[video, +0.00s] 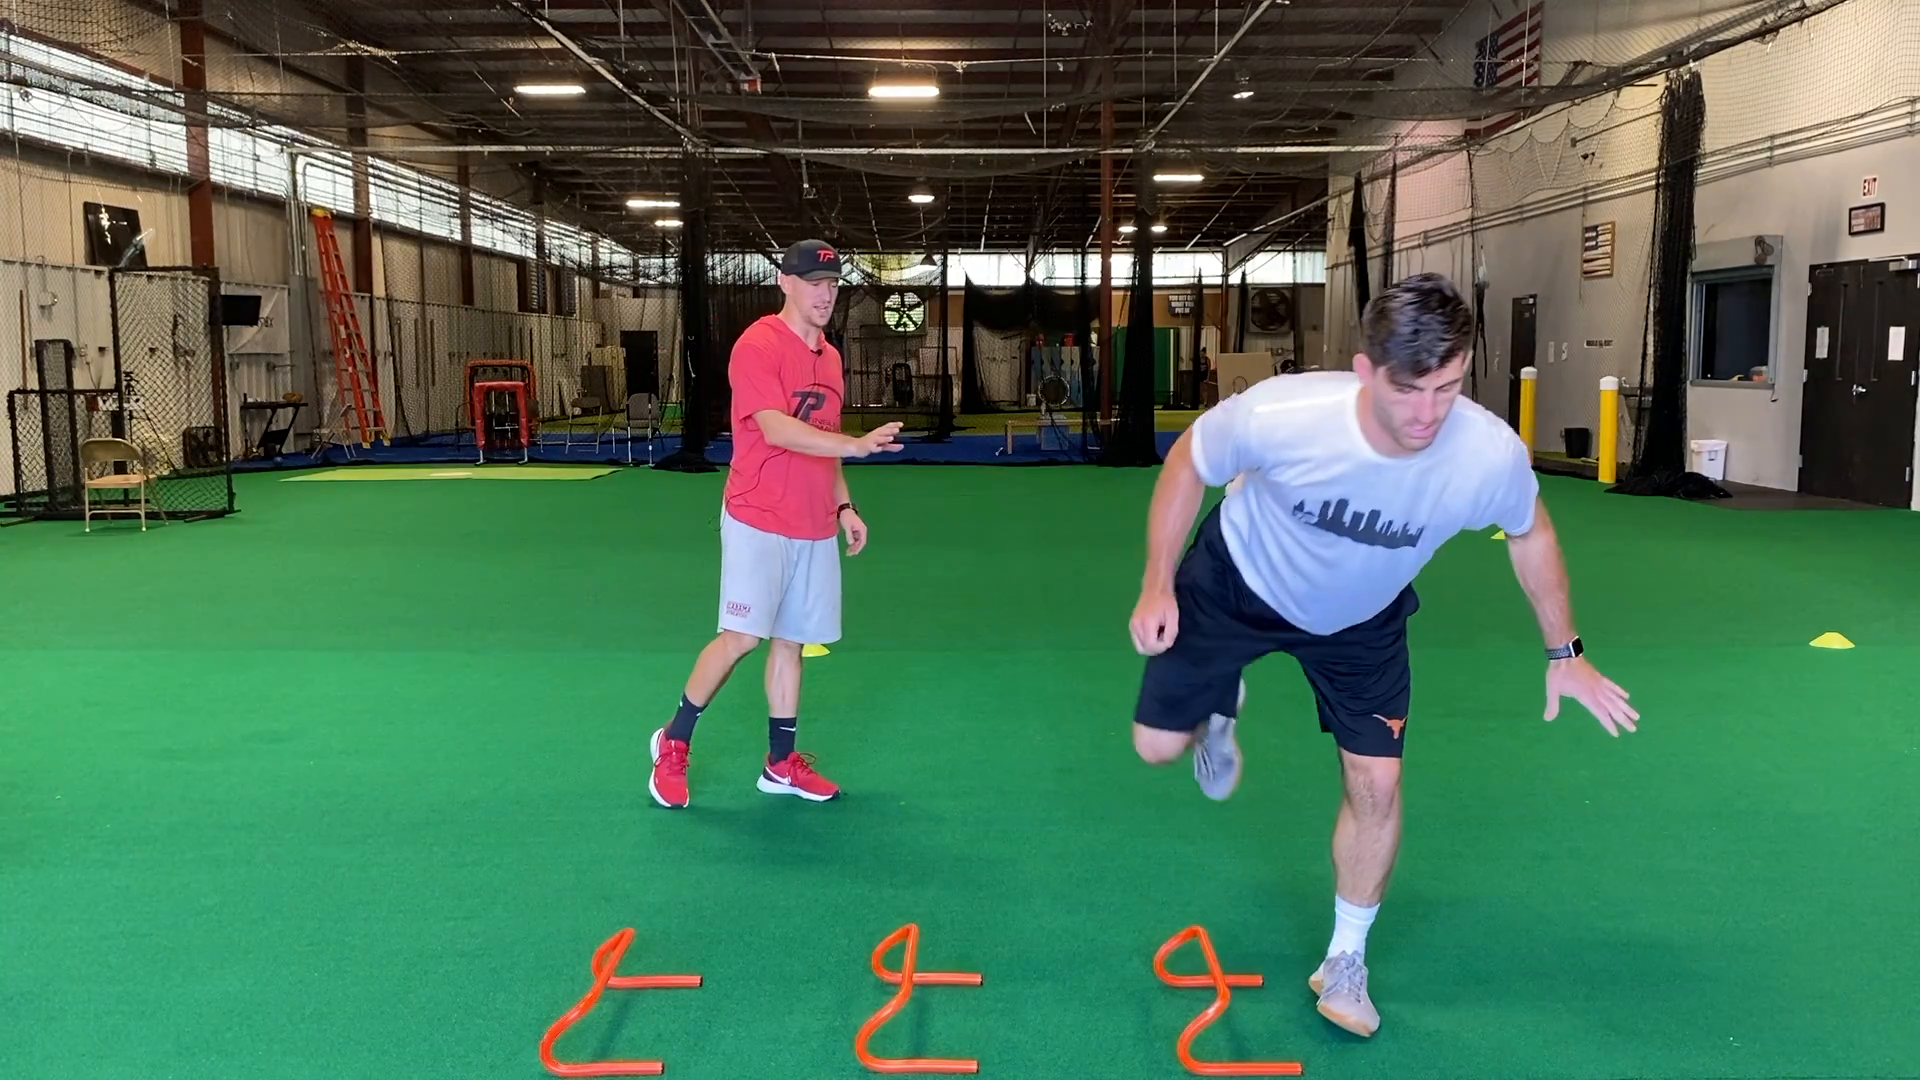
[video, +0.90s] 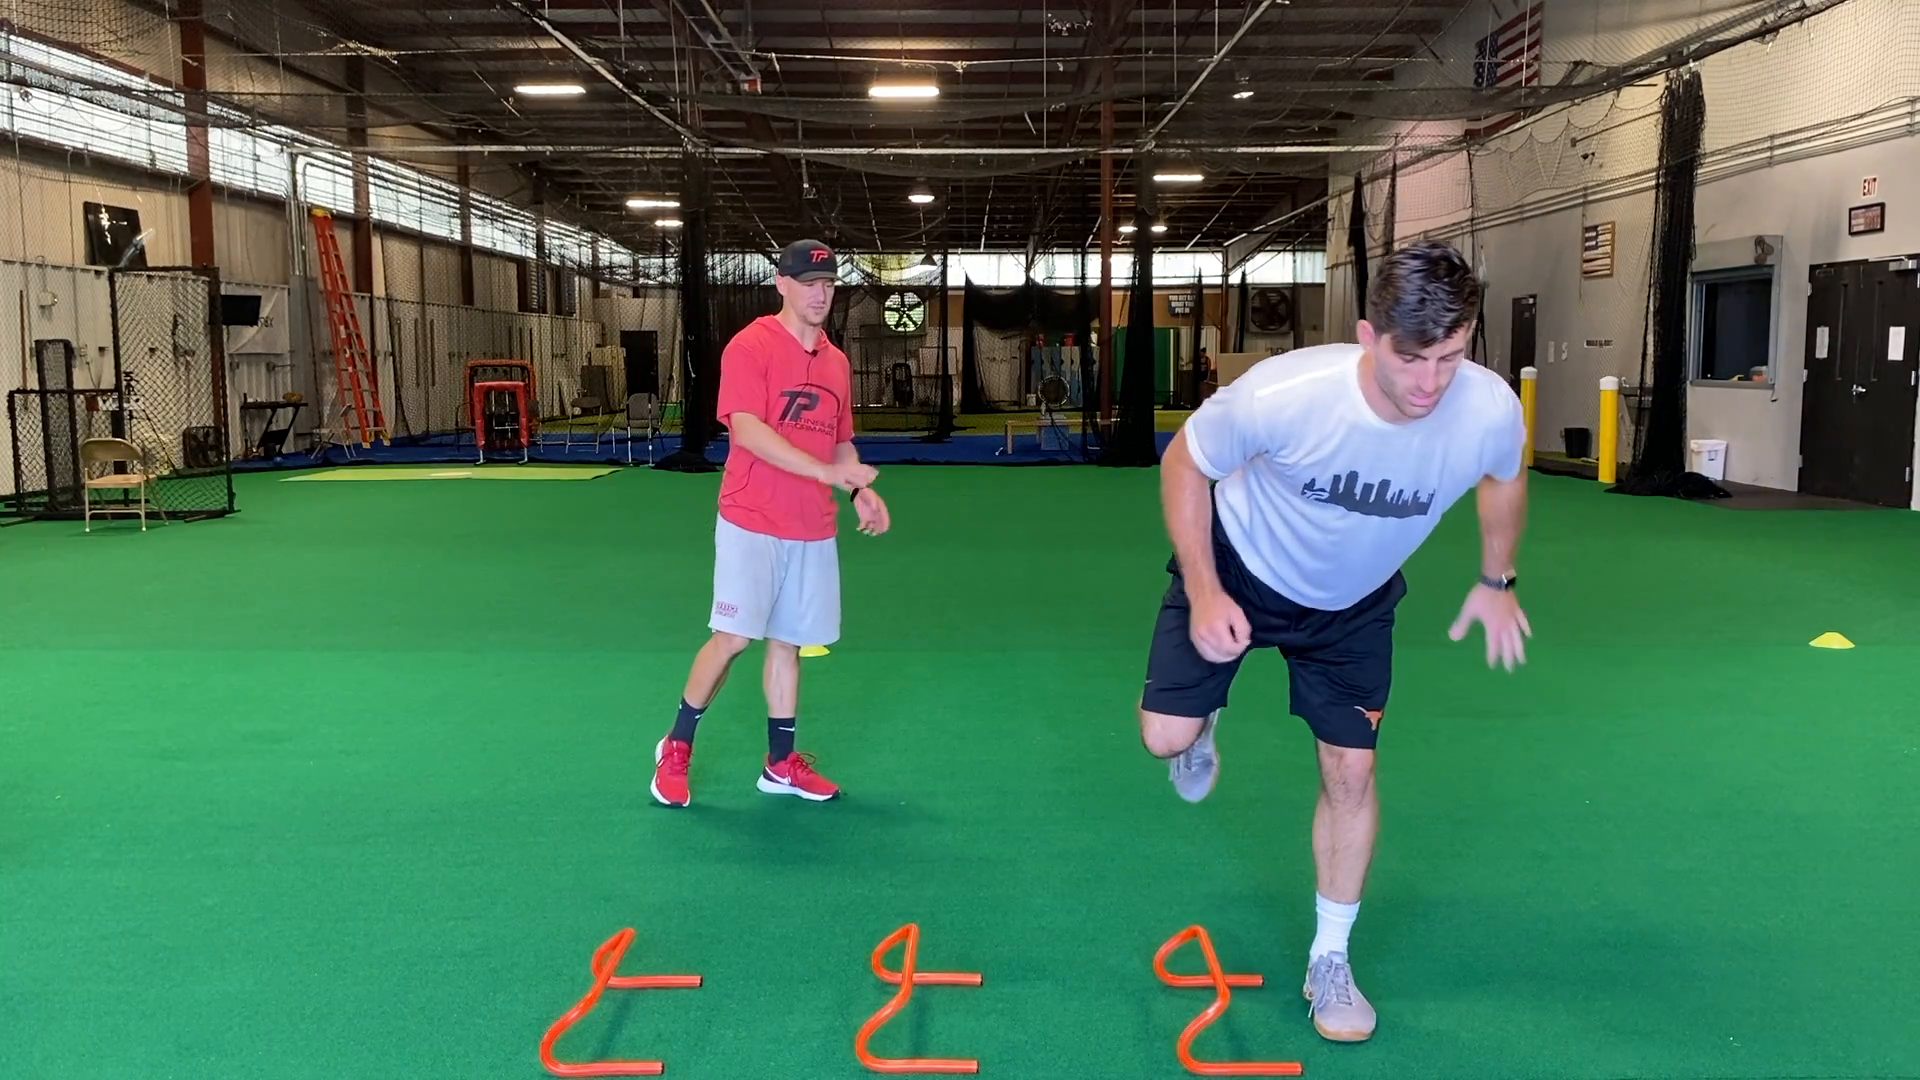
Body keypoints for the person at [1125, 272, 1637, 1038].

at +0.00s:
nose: (1427, 410)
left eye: (1444, 389)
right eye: (1408, 389)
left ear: (1463, 372)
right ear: (1364, 369)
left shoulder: (1491, 456)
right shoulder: (1277, 415)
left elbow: (1531, 533)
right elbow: (1189, 459)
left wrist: (1564, 651)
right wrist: (1157, 580)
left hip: (1363, 617)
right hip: (1237, 583)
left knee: (1377, 782)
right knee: (1155, 742)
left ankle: (1346, 959)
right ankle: (1218, 709)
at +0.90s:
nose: (1431, 379)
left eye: (1448, 359)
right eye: (1412, 357)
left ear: (1467, 343)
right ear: (1369, 335)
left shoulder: (1490, 411)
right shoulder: (1283, 393)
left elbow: (1506, 478)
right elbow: (1183, 461)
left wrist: (1496, 578)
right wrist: (1203, 590)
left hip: (1355, 602)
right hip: (1236, 573)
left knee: (1351, 766)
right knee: (1163, 733)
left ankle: (1331, 957)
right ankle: (1194, 732)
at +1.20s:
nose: (1329, 367)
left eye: (1349, 348)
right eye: (1312, 345)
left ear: (1378, 326)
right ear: (1278, 320)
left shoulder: (1419, 394)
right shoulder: (1204, 383)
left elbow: (1445, 453)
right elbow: (1125, 453)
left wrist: (1421, 567)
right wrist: (1161, 588)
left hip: (1312, 594)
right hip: (1194, 578)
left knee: (1320, 766)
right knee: (1170, 749)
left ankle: (1328, 958)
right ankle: (1182, 762)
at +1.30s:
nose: (1278, 362)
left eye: (1298, 341)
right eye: (1260, 339)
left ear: (1329, 319)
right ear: (1227, 316)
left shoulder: (1376, 406)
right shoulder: (1160, 377)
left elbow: (1399, 493)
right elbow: (1092, 432)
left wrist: (1361, 618)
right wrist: (1079, 562)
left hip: (1284, 591)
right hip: (1160, 576)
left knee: (1308, 772)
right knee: (1134, 749)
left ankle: (1324, 957)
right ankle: (1127, 803)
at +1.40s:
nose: (1207, 339)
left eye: (1225, 320)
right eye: (1189, 318)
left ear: (1258, 301)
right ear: (1159, 298)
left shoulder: (1313, 384)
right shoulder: (1102, 361)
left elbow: (1355, 469)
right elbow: (1038, 376)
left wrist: (1292, 528)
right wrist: (1030, 494)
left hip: (1253, 595)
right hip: (1126, 577)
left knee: (1292, 773)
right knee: (1080, 741)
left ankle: (1325, 958)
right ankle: (1067, 857)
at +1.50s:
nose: (1127, 305)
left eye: (1144, 285)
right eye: (1109, 286)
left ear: (1171, 269)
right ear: (1076, 270)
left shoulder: (1228, 331)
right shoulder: (1013, 347)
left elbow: (1294, 371)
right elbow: (981, 403)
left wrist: (1258, 493)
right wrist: (1007, 523)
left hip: (1200, 561)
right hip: (1074, 562)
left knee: (1261, 739)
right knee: (1047, 744)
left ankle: (1324, 915)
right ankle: (1030, 924)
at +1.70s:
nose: (982, 274)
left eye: (1000, 254)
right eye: (966, 256)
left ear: (1038, 240)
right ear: (944, 246)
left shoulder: (1099, 312)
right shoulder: (895, 321)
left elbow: (1184, 352)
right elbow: (872, 393)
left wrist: (1145, 490)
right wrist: (903, 513)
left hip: (1081, 537)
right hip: (962, 548)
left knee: (1113, 712)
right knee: (973, 737)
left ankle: (1097, 857)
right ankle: (1009, 901)